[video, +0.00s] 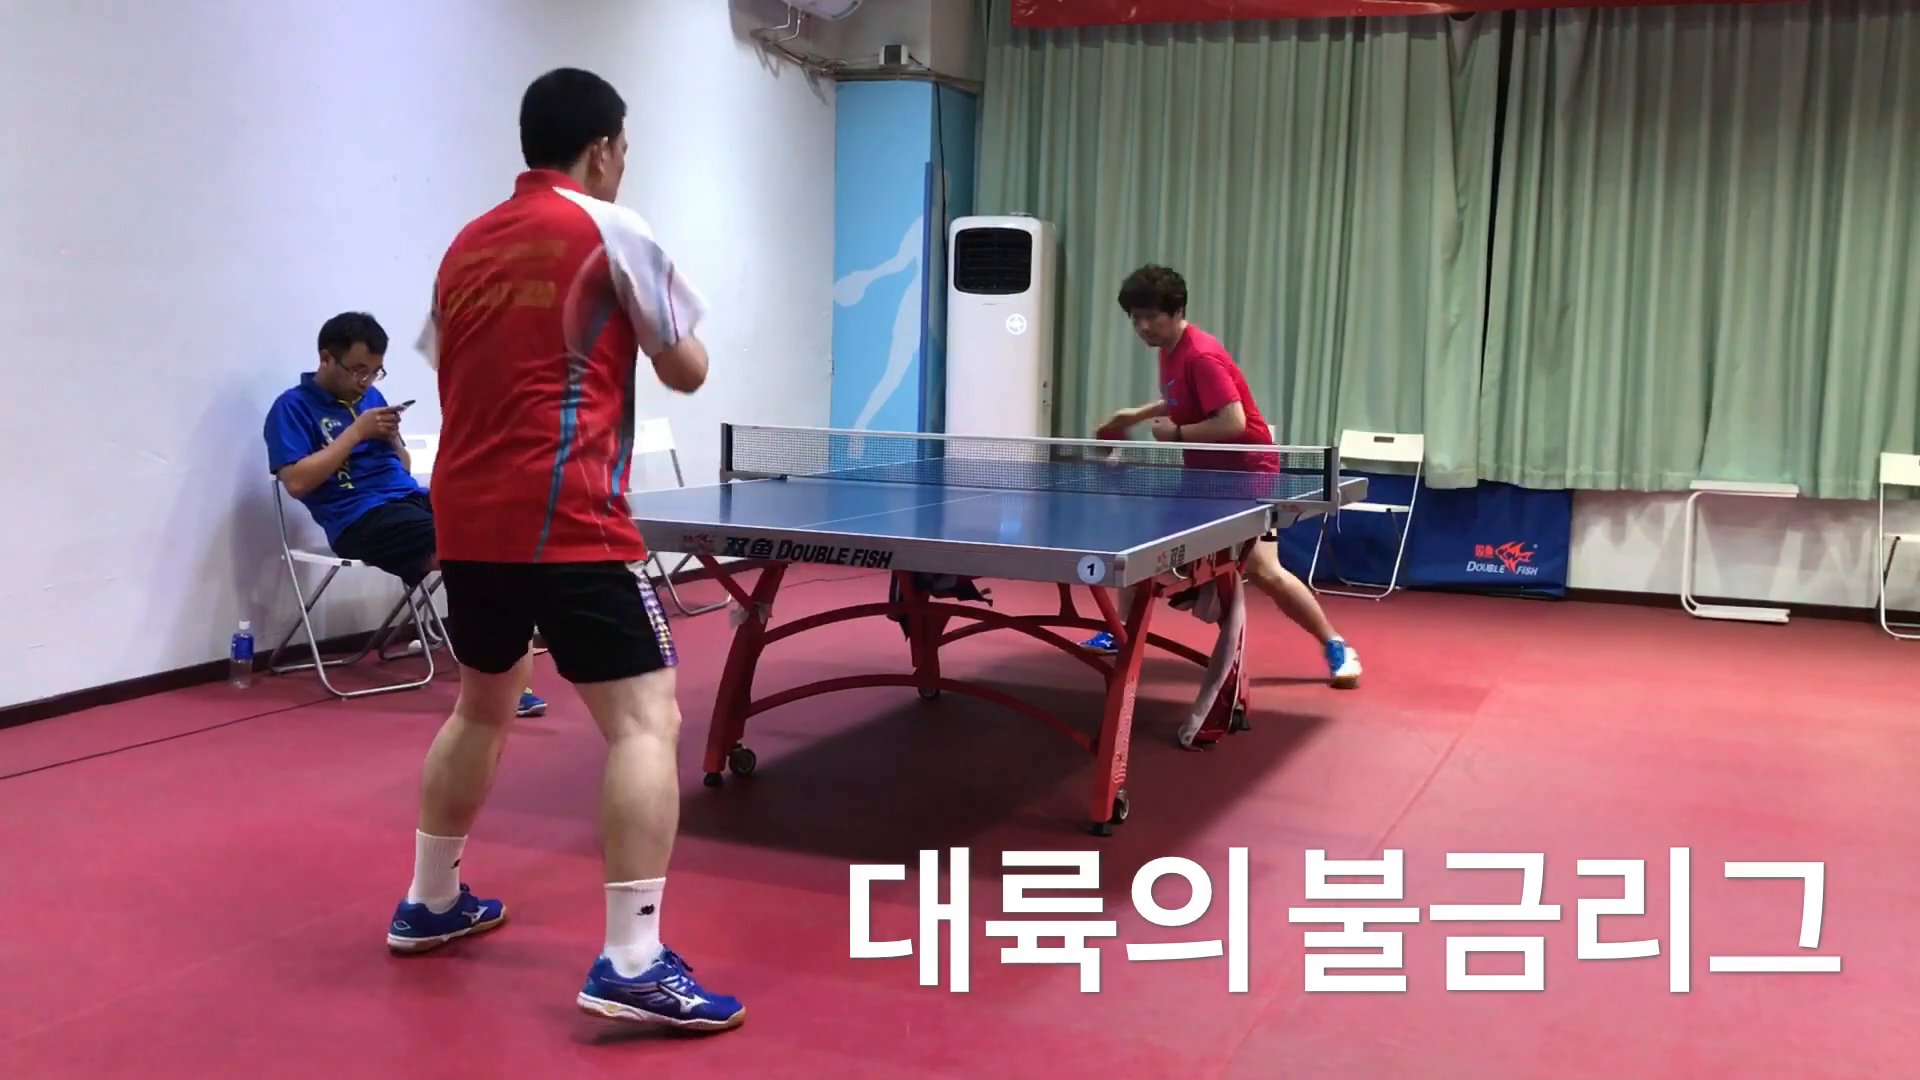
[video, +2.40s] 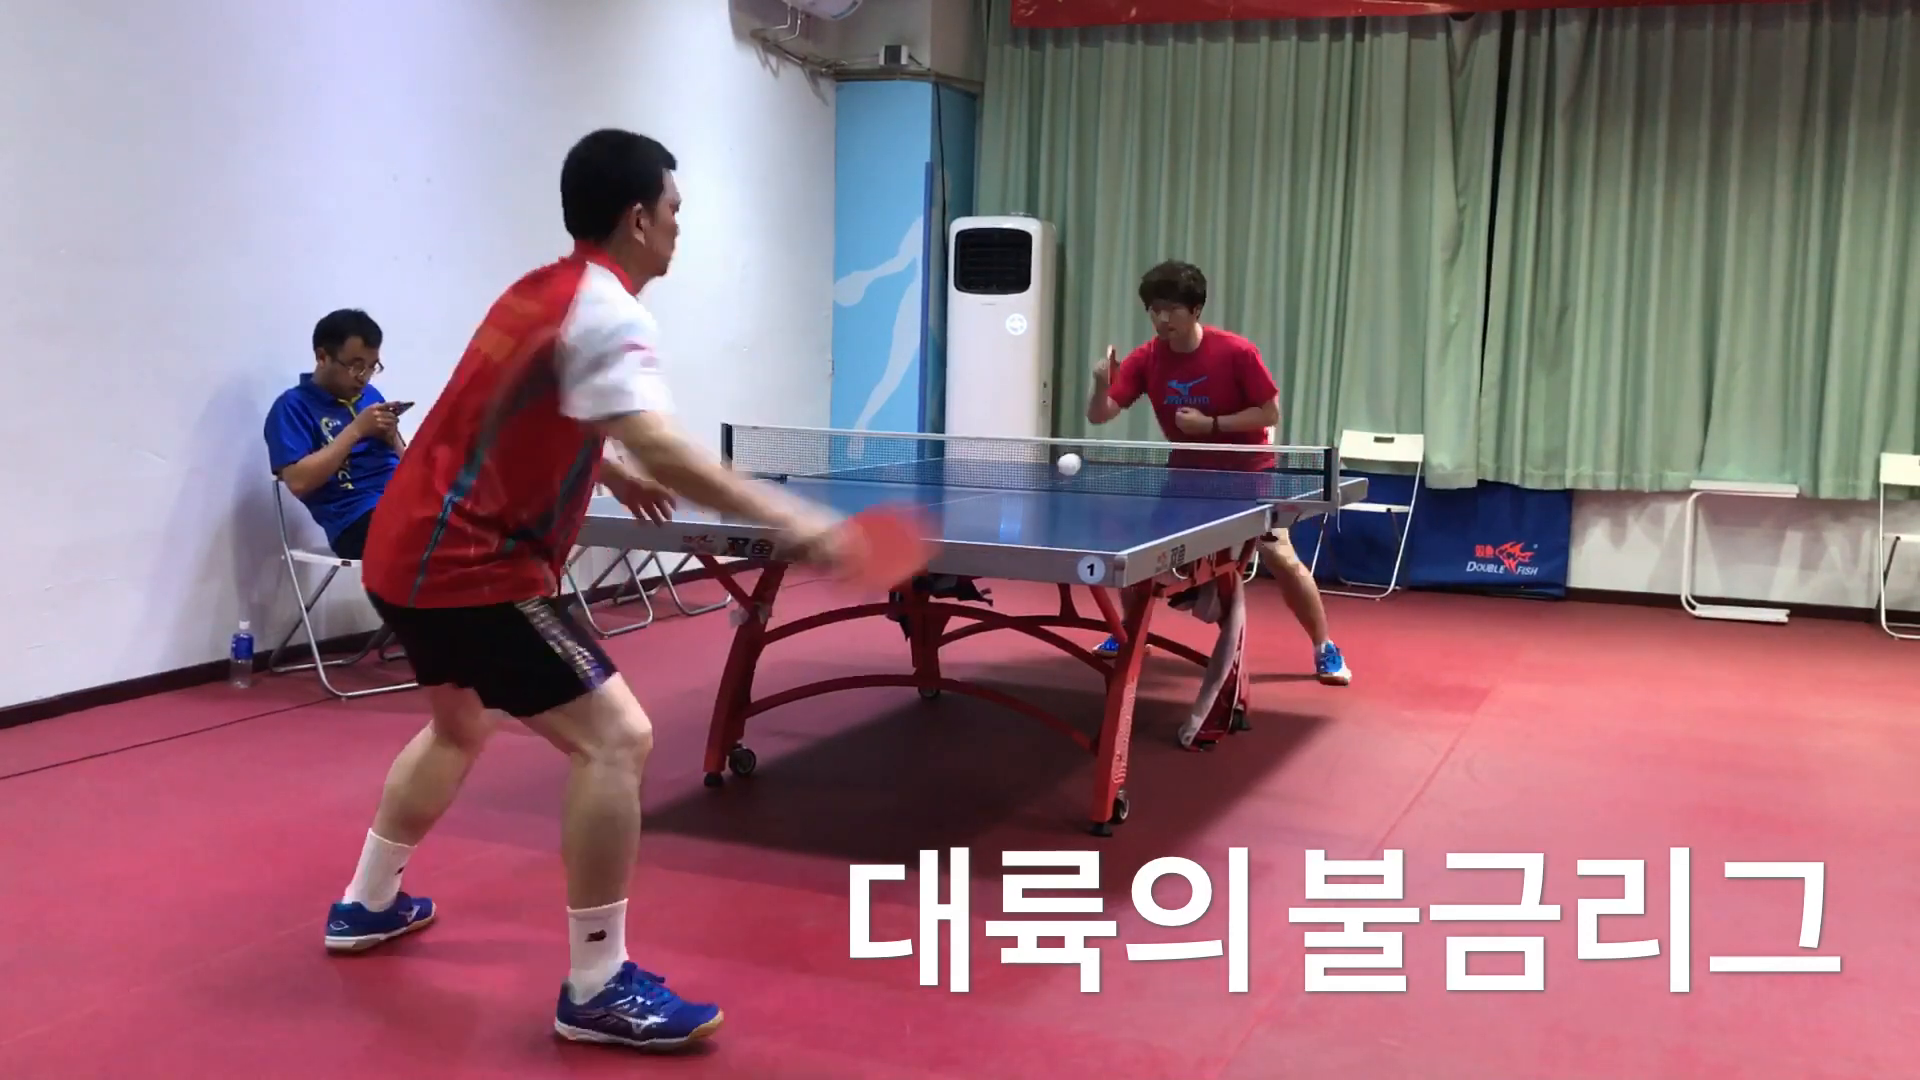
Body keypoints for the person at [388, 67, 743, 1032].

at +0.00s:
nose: (621, 166)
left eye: (620, 152)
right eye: (621, 152)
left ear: (527, 149)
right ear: (602, 152)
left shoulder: (463, 242)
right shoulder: (612, 231)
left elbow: (443, 359)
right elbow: (683, 373)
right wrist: (651, 317)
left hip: (468, 524)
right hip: (573, 523)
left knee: (480, 707)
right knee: (641, 722)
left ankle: (430, 901)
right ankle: (631, 962)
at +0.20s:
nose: (661, 178)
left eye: (657, 164)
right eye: (660, 164)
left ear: (564, 166)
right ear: (641, 170)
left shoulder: (505, 253)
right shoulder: (656, 269)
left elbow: (454, 354)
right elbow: (702, 422)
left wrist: (543, 398)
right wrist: (734, 396)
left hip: (483, 542)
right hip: (593, 548)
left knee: (485, 714)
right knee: (676, 747)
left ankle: (429, 901)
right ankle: (636, 983)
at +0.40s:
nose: (706, 195)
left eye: (705, 179)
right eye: (706, 178)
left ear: (616, 171)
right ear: (685, 180)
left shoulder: (556, 256)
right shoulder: (647, 274)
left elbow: (556, 413)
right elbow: (671, 436)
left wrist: (652, 484)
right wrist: (757, 506)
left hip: (478, 544)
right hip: (563, 560)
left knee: (509, 714)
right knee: (676, 741)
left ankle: (427, 899)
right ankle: (636, 983)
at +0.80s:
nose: (646, 218)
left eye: (649, 199)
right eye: (639, 196)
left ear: (573, 189)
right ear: (589, 186)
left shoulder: (506, 259)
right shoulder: (548, 280)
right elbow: (616, 433)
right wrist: (740, 412)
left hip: (448, 552)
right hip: (503, 557)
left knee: (515, 724)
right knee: (622, 735)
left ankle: (427, 900)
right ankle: (629, 984)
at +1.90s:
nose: (612, 187)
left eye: (610, 171)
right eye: (611, 171)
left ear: (516, 170)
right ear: (590, 173)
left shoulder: (450, 256)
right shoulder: (601, 263)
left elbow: (433, 388)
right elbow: (691, 398)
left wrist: (573, 420)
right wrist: (713, 357)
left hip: (422, 537)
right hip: (530, 541)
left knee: (443, 707)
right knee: (631, 733)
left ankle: (405, 901)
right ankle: (606, 975)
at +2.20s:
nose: (659, 197)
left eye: (656, 179)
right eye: (659, 179)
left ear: (567, 174)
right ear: (639, 182)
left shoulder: (511, 255)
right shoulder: (605, 271)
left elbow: (523, 410)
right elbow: (658, 440)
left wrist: (631, 459)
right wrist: (745, 481)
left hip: (423, 535)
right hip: (509, 551)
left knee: (453, 712)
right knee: (615, 735)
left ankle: (369, 895)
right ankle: (606, 983)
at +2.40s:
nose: (678, 224)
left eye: (676, 207)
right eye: (672, 208)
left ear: (596, 218)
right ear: (636, 218)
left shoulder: (539, 290)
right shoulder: (602, 312)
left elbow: (543, 414)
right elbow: (659, 452)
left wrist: (620, 474)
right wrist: (793, 519)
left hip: (407, 557)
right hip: (471, 568)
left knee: (459, 724)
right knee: (615, 738)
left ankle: (365, 901)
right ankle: (596, 984)